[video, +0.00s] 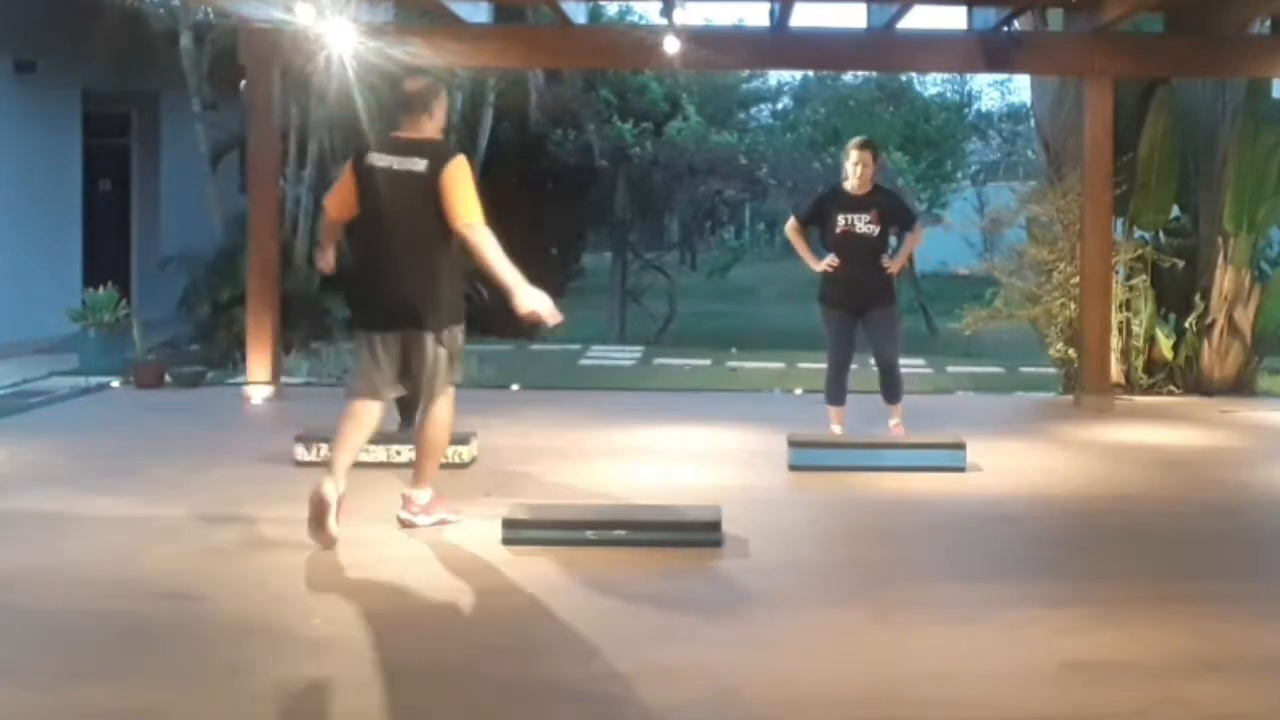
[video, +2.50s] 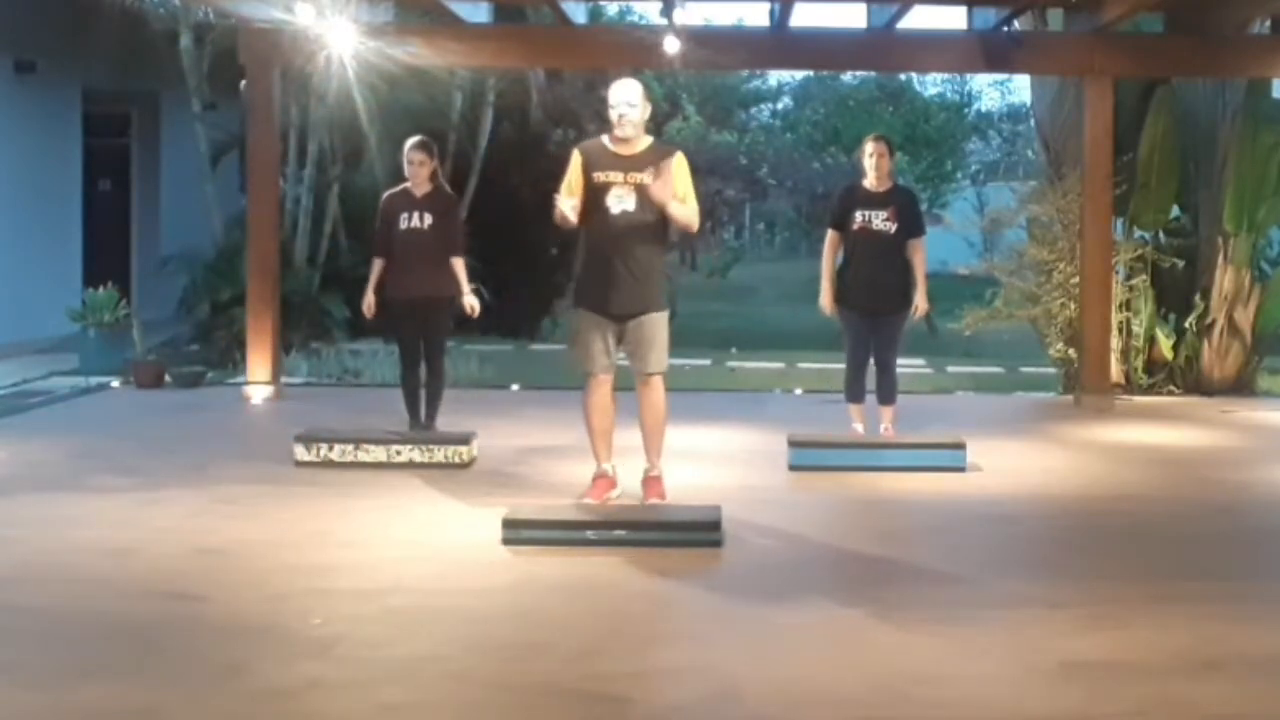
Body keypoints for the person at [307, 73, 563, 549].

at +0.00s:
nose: (447, 118)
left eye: (444, 110)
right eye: (446, 110)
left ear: (400, 111)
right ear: (437, 111)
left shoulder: (367, 161)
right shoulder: (449, 164)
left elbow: (334, 212)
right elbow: (472, 229)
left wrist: (327, 246)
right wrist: (520, 288)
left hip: (375, 304)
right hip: (433, 307)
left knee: (367, 395)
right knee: (439, 398)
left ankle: (333, 484)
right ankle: (421, 498)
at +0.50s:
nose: (506, 120)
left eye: (505, 112)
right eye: (502, 112)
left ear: (464, 113)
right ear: (483, 113)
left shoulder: (428, 154)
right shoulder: (487, 158)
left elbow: (411, 219)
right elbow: (502, 222)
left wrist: (449, 236)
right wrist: (553, 274)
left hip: (438, 290)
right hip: (479, 296)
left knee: (454, 385)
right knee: (474, 387)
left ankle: (464, 475)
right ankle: (426, 484)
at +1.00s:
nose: (561, 123)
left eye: (560, 114)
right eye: (553, 114)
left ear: (530, 120)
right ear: (528, 118)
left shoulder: (512, 158)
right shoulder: (526, 161)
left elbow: (506, 223)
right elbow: (515, 218)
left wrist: (558, 263)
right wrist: (562, 262)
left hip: (510, 293)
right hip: (539, 294)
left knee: (507, 377)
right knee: (556, 374)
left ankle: (473, 468)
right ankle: (550, 469)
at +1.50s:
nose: (601, 117)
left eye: (603, 109)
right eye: (591, 109)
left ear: (606, 113)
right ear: (569, 114)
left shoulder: (603, 159)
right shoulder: (550, 159)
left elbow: (613, 217)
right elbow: (531, 221)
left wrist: (666, 228)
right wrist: (547, 278)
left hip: (605, 291)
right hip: (567, 291)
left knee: (610, 375)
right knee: (569, 379)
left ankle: (623, 464)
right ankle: (551, 469)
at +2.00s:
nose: (608, 115)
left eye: (616, 107)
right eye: (601, 108)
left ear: (630, 111)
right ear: (590, 112)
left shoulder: (653, 161)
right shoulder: (568, 159)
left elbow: (675, 219)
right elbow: (547, 220)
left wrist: (667, 273)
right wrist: (530, 273)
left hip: (638, 290)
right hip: (584, 291)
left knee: (641, 375)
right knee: (593, 376)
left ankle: (631, 464)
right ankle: (604, 470)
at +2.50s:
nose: (623, 115)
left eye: (631, 107)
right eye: (617, 107)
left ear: (647, 111)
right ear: (607, 111)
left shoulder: (669, 159)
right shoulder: (586, 155)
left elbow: (692, 221)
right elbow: (569, 213)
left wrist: (664, 199)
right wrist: (565, 210)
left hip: (647, 289)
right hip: (594, 288)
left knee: (651, 378)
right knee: (599, 378)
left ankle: (653, 472)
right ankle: (603, 472)